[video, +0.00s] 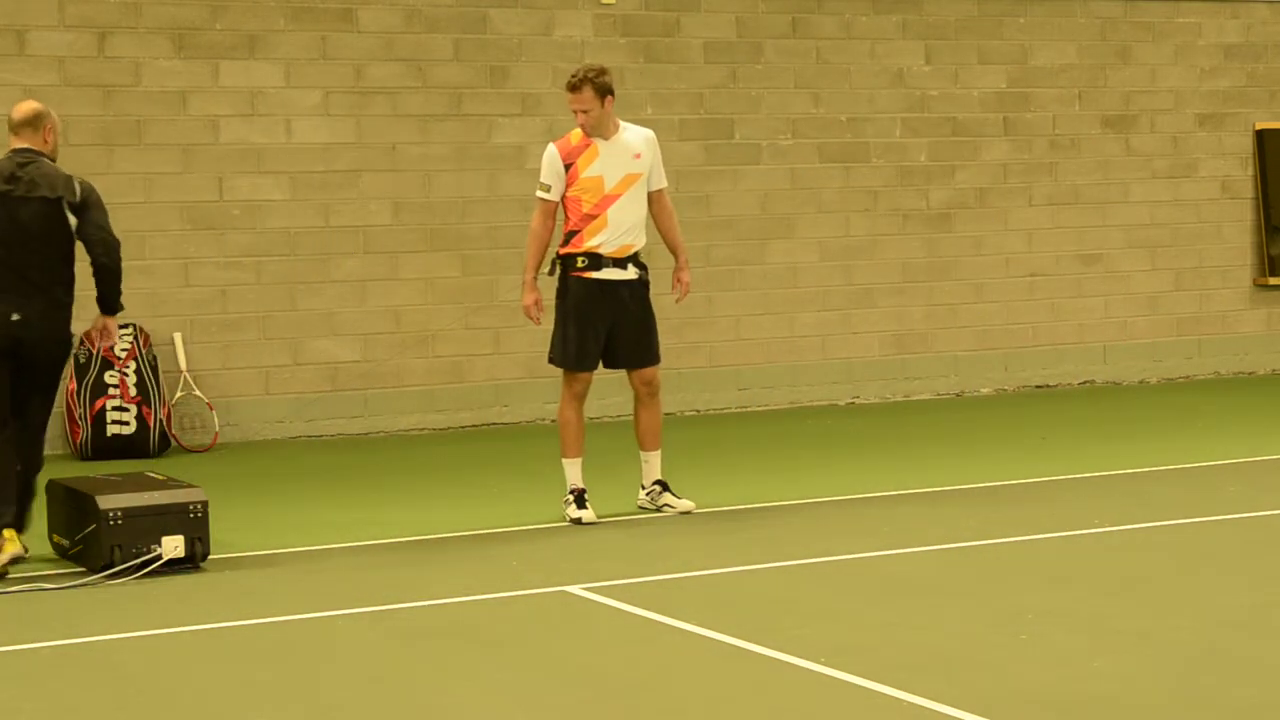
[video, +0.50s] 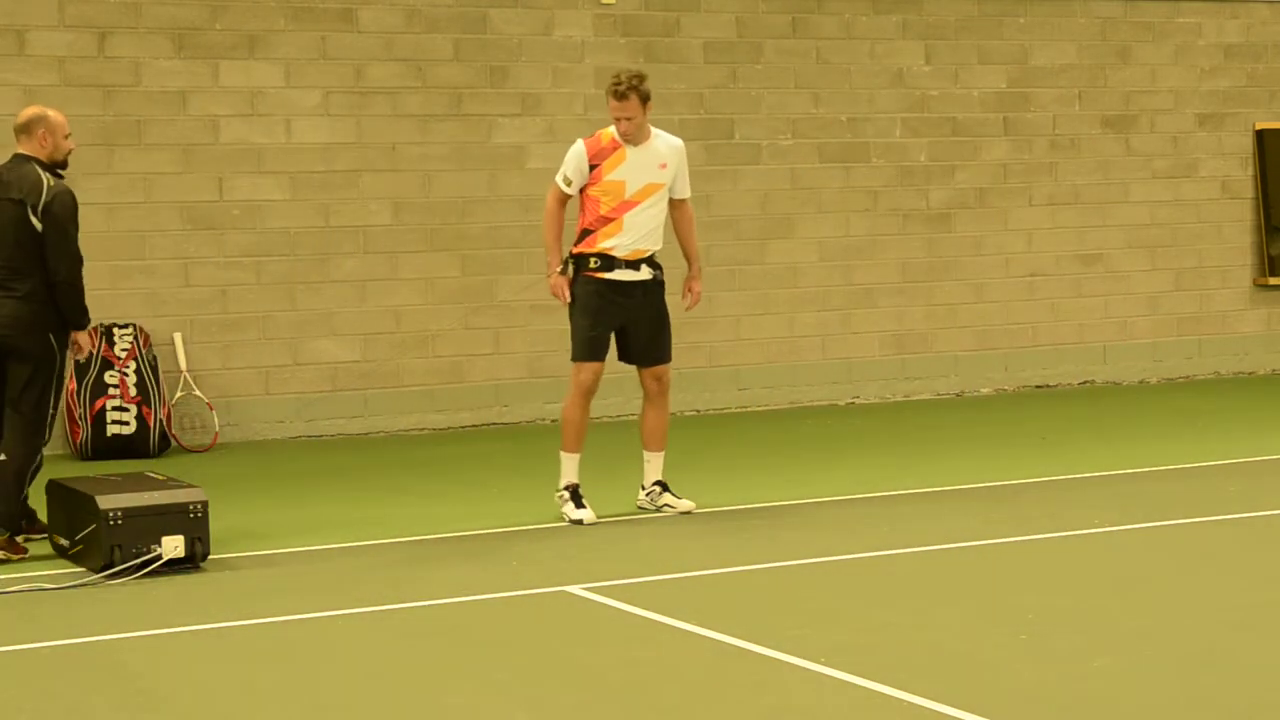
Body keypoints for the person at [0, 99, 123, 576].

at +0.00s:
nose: (57, 140)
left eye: (54, 132)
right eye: (56, 133)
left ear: (11, 133)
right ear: (48, 133)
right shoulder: (71, 189)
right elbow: (104, 247)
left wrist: (107, 311)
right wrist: (108, 310)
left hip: (2, 331)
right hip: (43, 332)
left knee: (7, 425)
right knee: (29, 429)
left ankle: (8, 529)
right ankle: (11, 529)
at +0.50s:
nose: (72, 145)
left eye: (70, 136)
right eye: (66, 137)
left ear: (31, 137)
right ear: (42, 138)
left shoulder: (3, 178)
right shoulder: (53, 193)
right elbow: (64, 269)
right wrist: (78, 323)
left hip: (5, 322)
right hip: (32, 327)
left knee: (18, 422)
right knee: (26, 427)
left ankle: (20, 515)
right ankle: (4, 529)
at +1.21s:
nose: (72, 153)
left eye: (74, 145)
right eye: (67, 144)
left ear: (47, 139)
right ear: (40, 138)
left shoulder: (57, 186)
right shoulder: (4, 188)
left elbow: (58, 261)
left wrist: (70, 320)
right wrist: (17, 322)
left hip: (60, 326)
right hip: (20, 329)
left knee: (82, 407)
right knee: (26, 423)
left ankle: (38, 487)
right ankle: (25, 521)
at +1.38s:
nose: (68, 147)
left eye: (69, 139)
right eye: (61, 140)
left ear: (45, 139)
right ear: (31, 138)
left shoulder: (70, 187)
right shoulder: (3, 192)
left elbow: (81, 253)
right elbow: (1, 263)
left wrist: (98, 310)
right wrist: (7, 320)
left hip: (70, 327)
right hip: (20, 331)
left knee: (93, 414)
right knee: (22, 428)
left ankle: (86, 512)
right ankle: (28, 521)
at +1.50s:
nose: (71, 145)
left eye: (71, 137)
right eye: (63, 137)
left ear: (55, 138)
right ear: (32, 138)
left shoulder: (78, 187)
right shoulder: (4, 190)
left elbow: (95, 254)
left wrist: (119, 306)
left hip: (74, 330)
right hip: (19, 333)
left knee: (102, 420)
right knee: (23, 430)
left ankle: (121, 517)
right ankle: (28, 521)